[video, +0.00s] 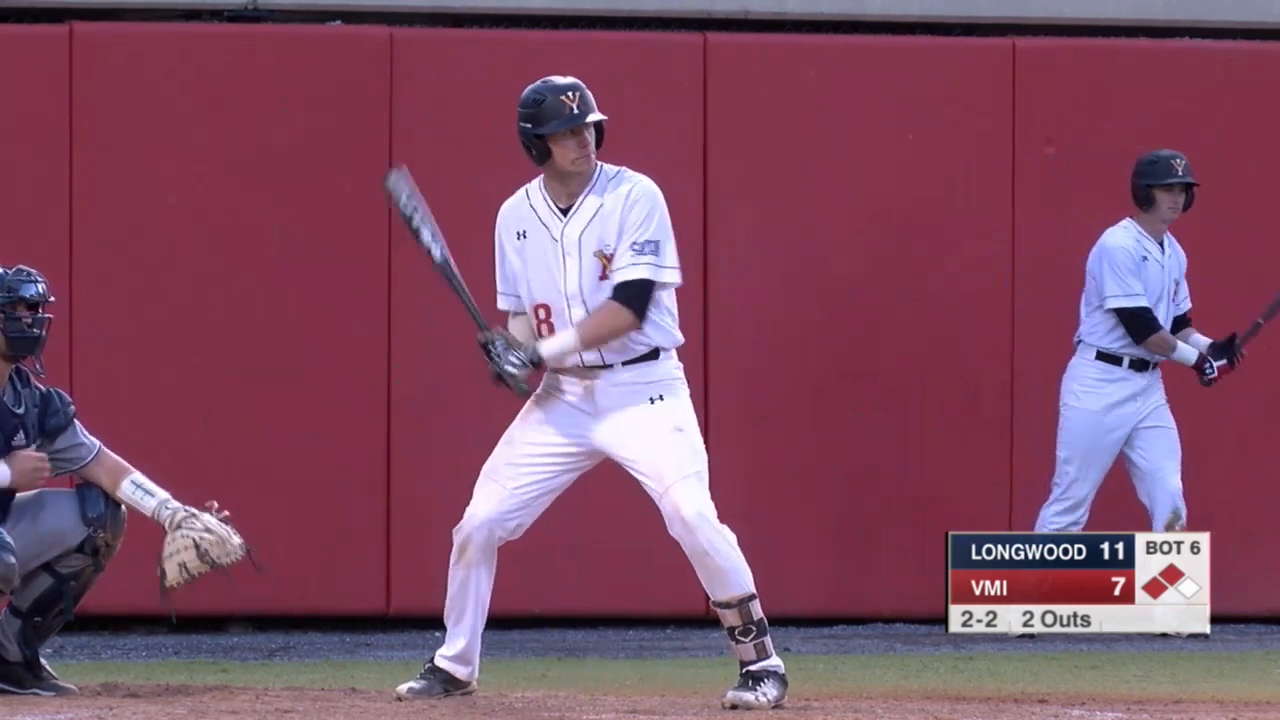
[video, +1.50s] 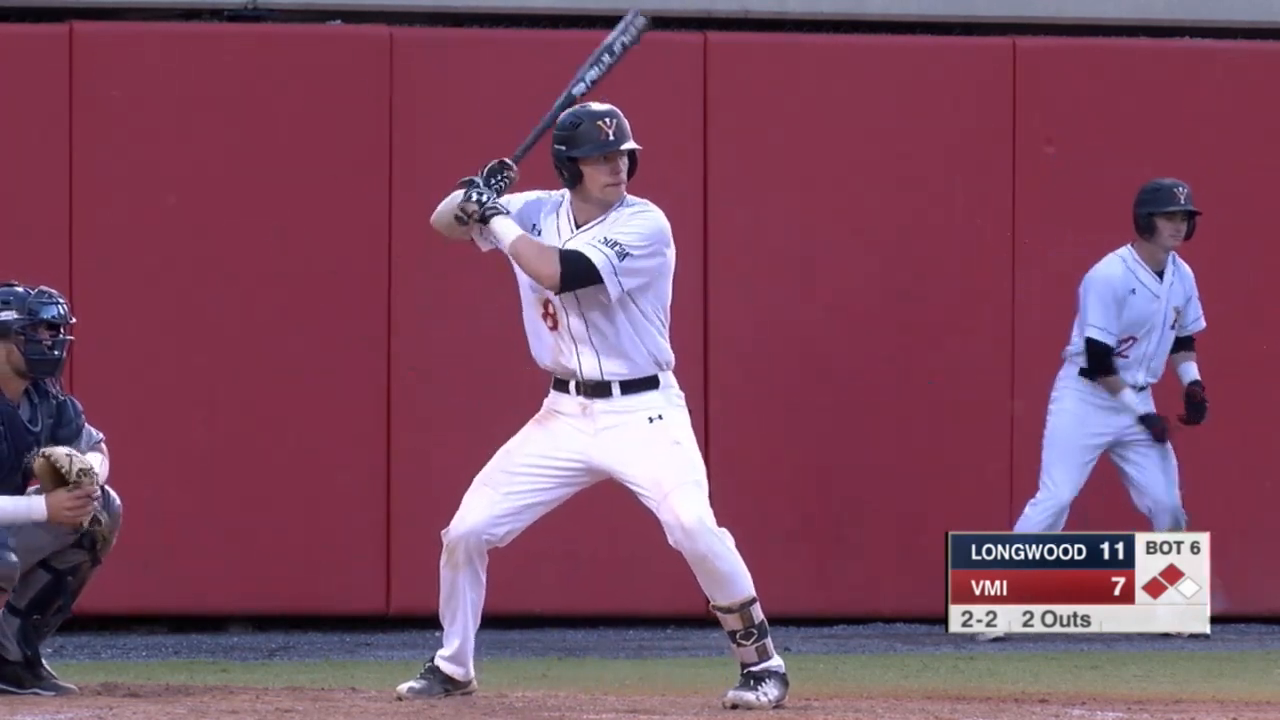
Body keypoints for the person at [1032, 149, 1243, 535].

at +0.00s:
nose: (1178, 198)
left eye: (1183, 190)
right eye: (1169, 189)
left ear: (1188, 196)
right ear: (1145, 191)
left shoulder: (1174, 252)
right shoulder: (1117, 245)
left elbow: (1179, 324)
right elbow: (1142, 330)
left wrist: (1210, 347)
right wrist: (1194, 359)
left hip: (1147, 387)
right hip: (1098, 382)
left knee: (1169, 504)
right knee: (1070, 504)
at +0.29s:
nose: (1204, 206)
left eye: (1208, 198)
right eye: (1195, 197)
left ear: (1213, 203)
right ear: (1170, 199)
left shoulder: (1195, 255)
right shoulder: (1139, 254)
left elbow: (1186, 324)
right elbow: (1134, 340)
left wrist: (1216, 363)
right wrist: (1170, 398)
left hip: (1152, 389)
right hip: (1105, 379)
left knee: (1173, 501)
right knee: (1077, 487)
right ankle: (1019, 566)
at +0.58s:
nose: (1175, 215)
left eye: (1179, 207)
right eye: (1165, 207)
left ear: (1183, 212)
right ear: (1140, 210)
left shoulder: (1174, 264)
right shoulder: (1102, 266)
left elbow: (1172, 330)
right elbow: (1078, 348)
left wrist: (1189, 369)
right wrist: (1080, 408)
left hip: (1135, 398)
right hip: (1081, 391)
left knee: (1165, 505)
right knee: (1047, 496)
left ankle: (1171, 609)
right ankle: (992, 591)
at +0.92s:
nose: (1123, 218)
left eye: (1128, 210)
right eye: (1114, 209)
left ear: (1131, 215)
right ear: (1088, 212)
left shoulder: (1132, 265)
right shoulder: (1047, 266)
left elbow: (1139, 325)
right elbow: (1002, 329)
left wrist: (1147, 365)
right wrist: (967, 369)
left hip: (1101, 400)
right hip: (1042, 396)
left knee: (1140, 502)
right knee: (1024, 496)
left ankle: (1164, 602)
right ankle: (987, 597)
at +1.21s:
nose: (1134, 221)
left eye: (1138, 214)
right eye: (1124, 213)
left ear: (1142, 219)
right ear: (1099, 217)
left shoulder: (1142, 269)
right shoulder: (1058, 270)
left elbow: (1148, 328)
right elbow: (1014, 333)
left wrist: (1157, 371)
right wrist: (986, 384)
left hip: (1108, 403)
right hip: (1050, 398)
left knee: (1146, 506)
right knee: (1031, 500)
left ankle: (1164, 604)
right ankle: (989, 595)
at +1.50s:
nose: (1180, 226)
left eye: (1185, 218)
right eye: (1171, 218)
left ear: (1188, 224)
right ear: (1146, 221)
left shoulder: (1181, 275)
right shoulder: (1108, 275)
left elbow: (1183, 340)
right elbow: (1098, 361)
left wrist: (1193, 384)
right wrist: (1141, 411)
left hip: (1138, 404)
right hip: (1084, 399)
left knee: (1167, 507)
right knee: (1055, 499)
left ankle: (1177, 608)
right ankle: (996, 592)